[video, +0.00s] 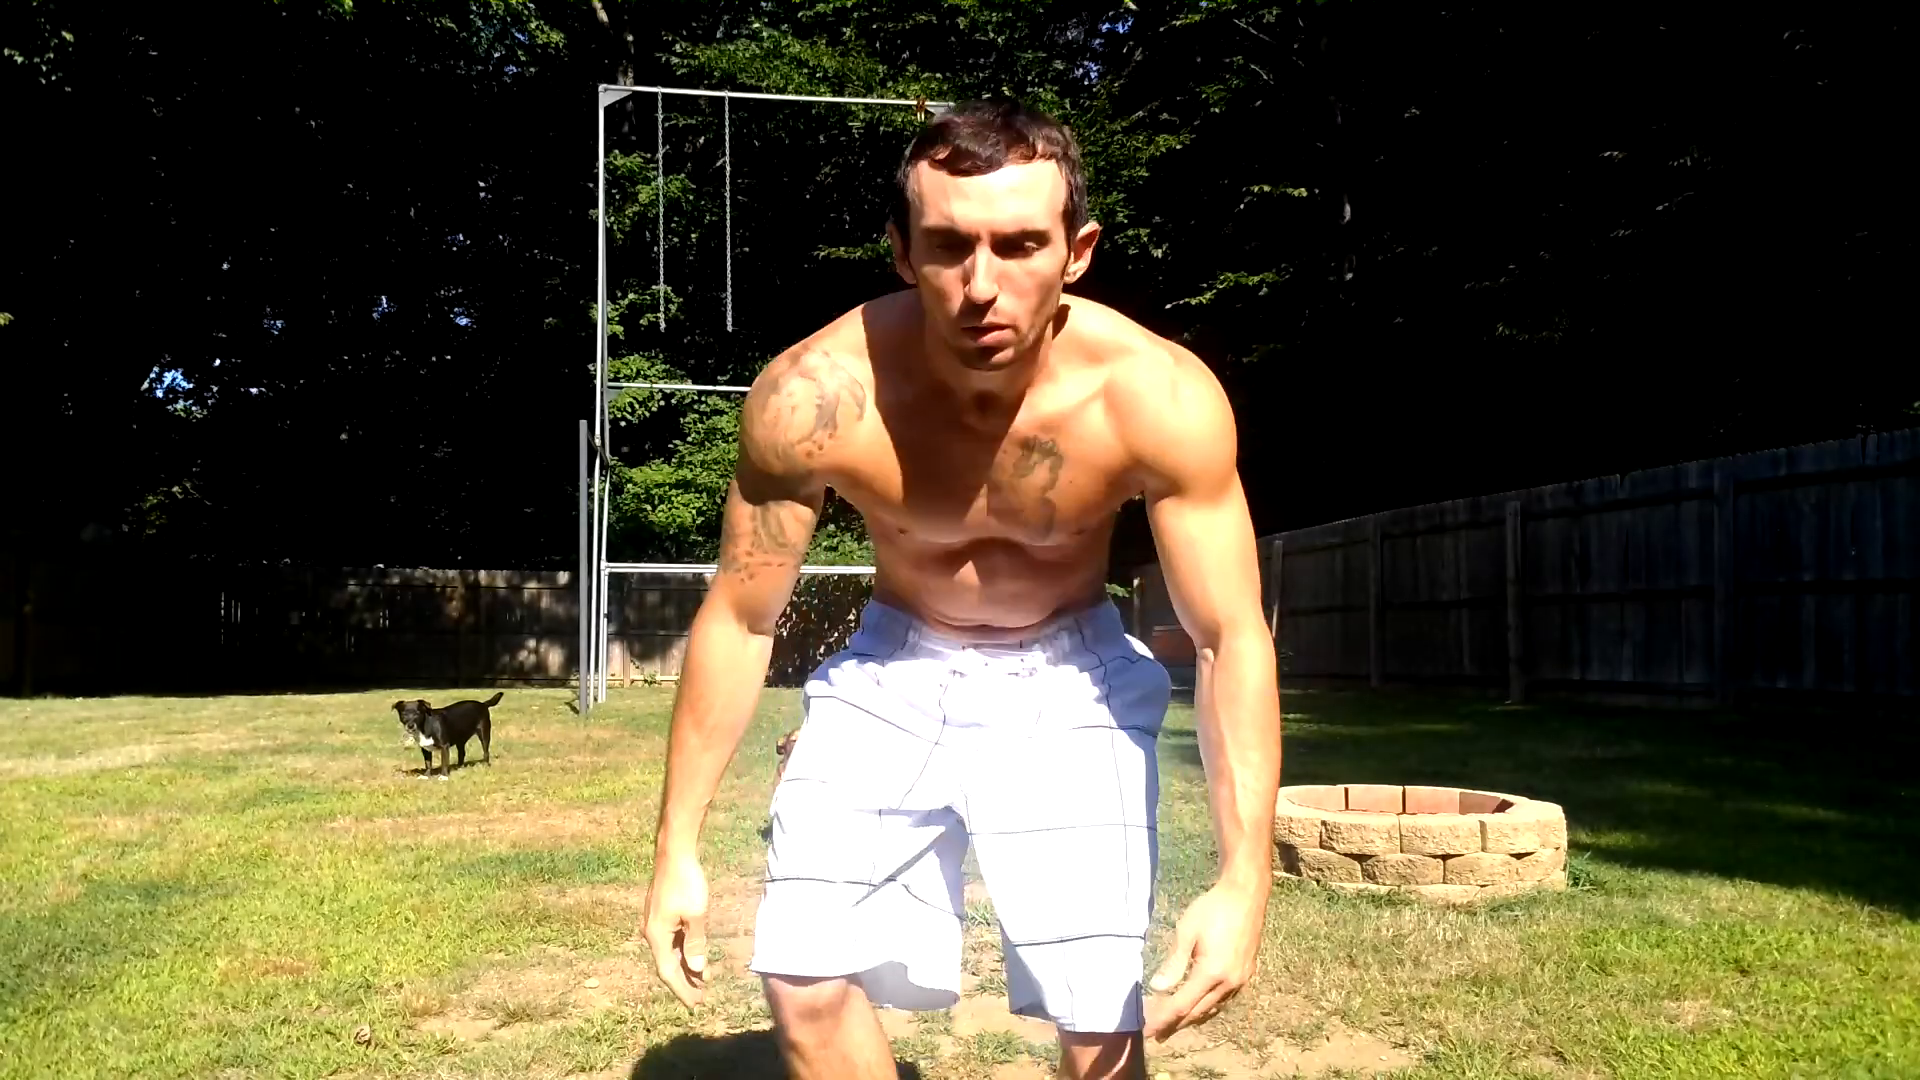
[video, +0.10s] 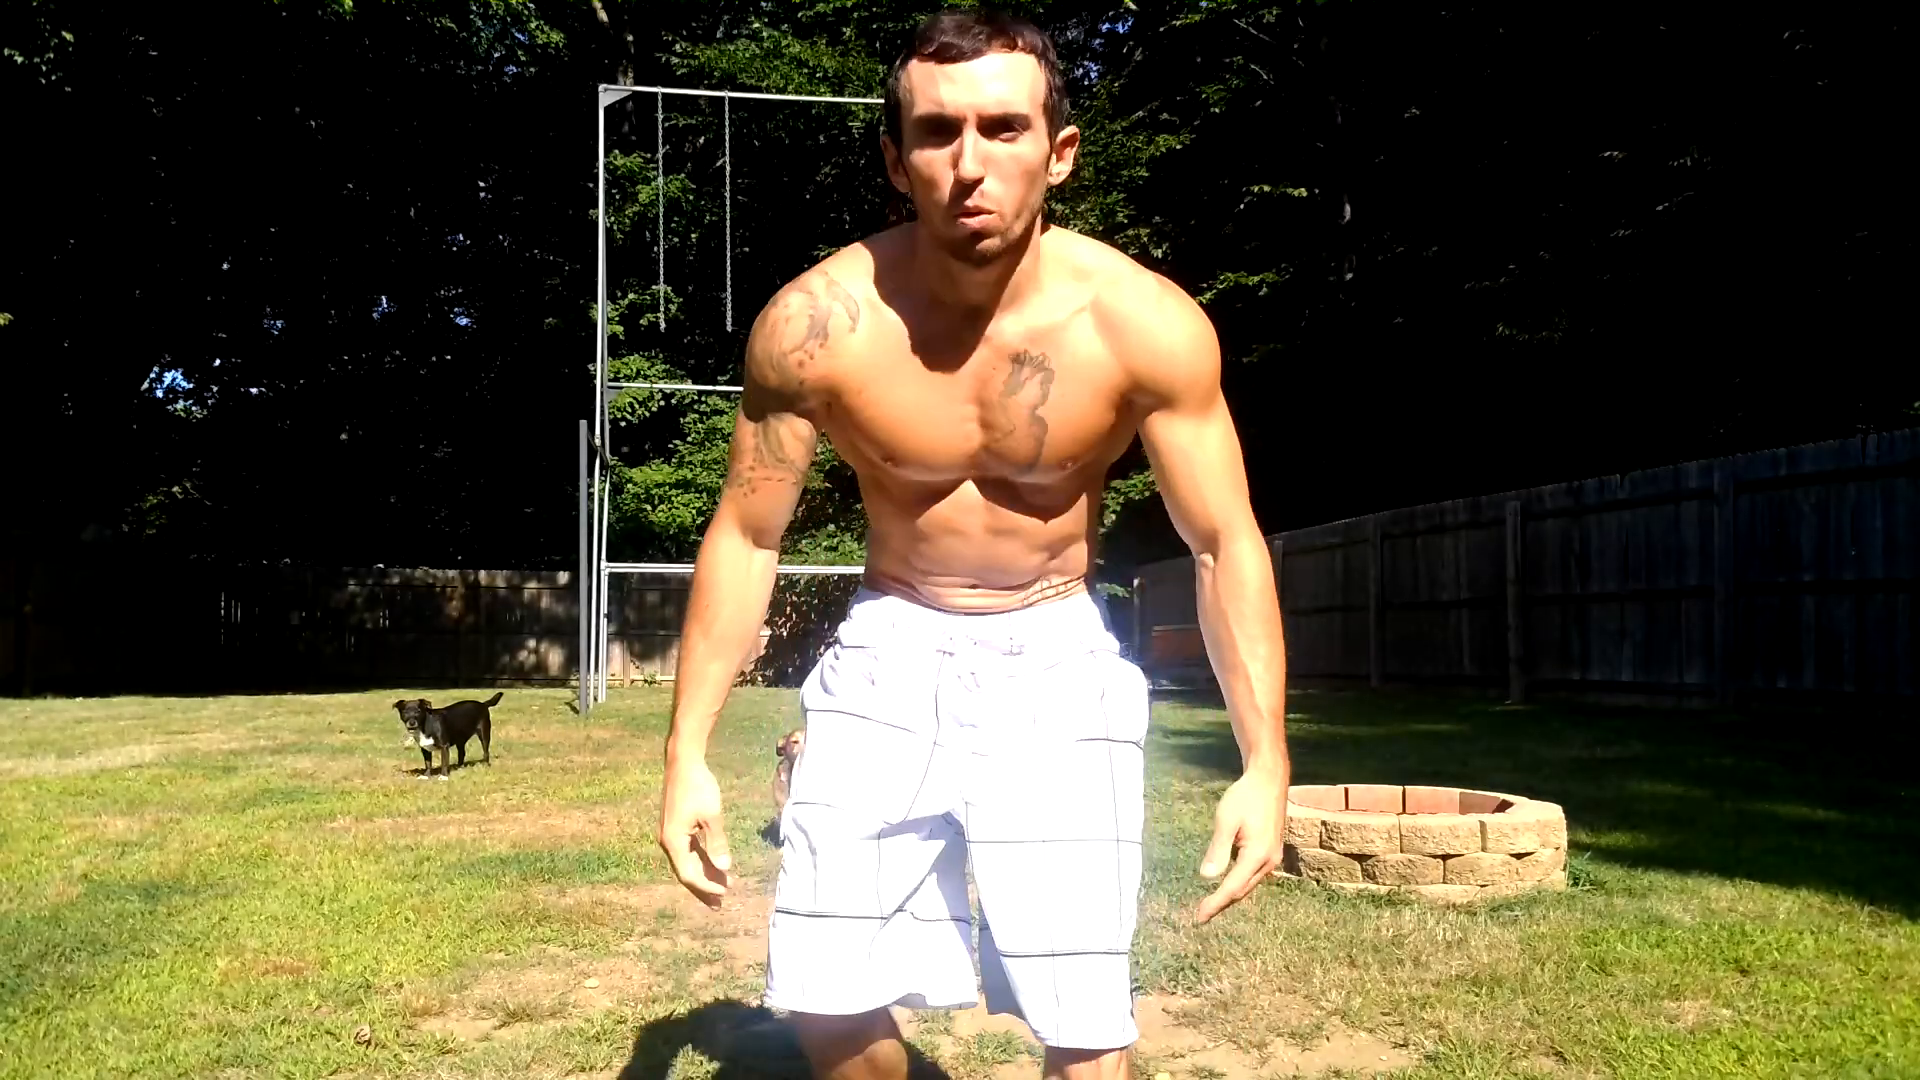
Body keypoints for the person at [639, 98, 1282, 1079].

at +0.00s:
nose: (980, 285)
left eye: (1016, 246)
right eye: (947, 248)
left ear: (1075, 250)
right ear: (905, 252)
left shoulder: (1162, 403)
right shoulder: (812, 399)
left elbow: (1233, 641)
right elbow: (738, 618)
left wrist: (1242, 881)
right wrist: (676, 844)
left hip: (1073, 672)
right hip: (891, 658)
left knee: (1098, 1020)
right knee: (804, 974)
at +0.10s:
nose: (968, 165)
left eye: (1002, 129)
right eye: (937, 132)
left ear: (1059, 152)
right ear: (896, 158)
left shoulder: (1147, 328)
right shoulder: (814, 326)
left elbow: (1225, 547)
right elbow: (746, 538)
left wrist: (1265, 766)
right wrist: (688, 749)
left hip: (1061, 663)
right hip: (882, 658)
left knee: (1083, 1026)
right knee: (829, 1010)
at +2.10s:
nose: (993, 132)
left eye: (1017, 112)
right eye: (970, 110)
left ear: (1049, 135)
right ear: (936, 132)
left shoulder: (1117, 285)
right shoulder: (859, 282)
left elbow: (1170, 466)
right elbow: (806, 454)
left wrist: (1185, 627)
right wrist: (782, 625)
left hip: (1070, 625)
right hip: (918, 625)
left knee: (1083, 933)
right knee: (911, 941)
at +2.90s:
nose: (956, 116)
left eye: (982, 95)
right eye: (932, 94)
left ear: (1019, 121)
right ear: (904, 119)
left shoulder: (1092, 274)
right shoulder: (829, 277)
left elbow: (1132, 464)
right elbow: (782, 458)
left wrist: (1155, 636)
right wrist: (742, 635)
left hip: (1040, 625)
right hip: (883, 622)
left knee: (1062, 947)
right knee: (880, 944)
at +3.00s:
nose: (958, 112)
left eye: (984, 93)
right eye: (935, 91)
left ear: (1020, 121)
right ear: (905, 115)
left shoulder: (1091, 274)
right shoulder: (828, 274)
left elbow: (1125, 466)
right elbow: (782, 456)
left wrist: (1149, 637)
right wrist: (745, 630)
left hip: (1040, 623)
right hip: (882, 621)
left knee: (1062, 946)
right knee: (877, 949)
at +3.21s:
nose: (966, 116)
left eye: (994, 96)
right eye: (943, 92)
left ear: (1027, 123)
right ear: (910, 113)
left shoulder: (1093, 274)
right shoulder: (830, 273)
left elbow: (1137, 462)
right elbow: (781, 454)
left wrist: (1156, 632)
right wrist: (750, 629)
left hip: (1041, 622)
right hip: (883, 621)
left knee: (1063, 950)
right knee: (880, 949)